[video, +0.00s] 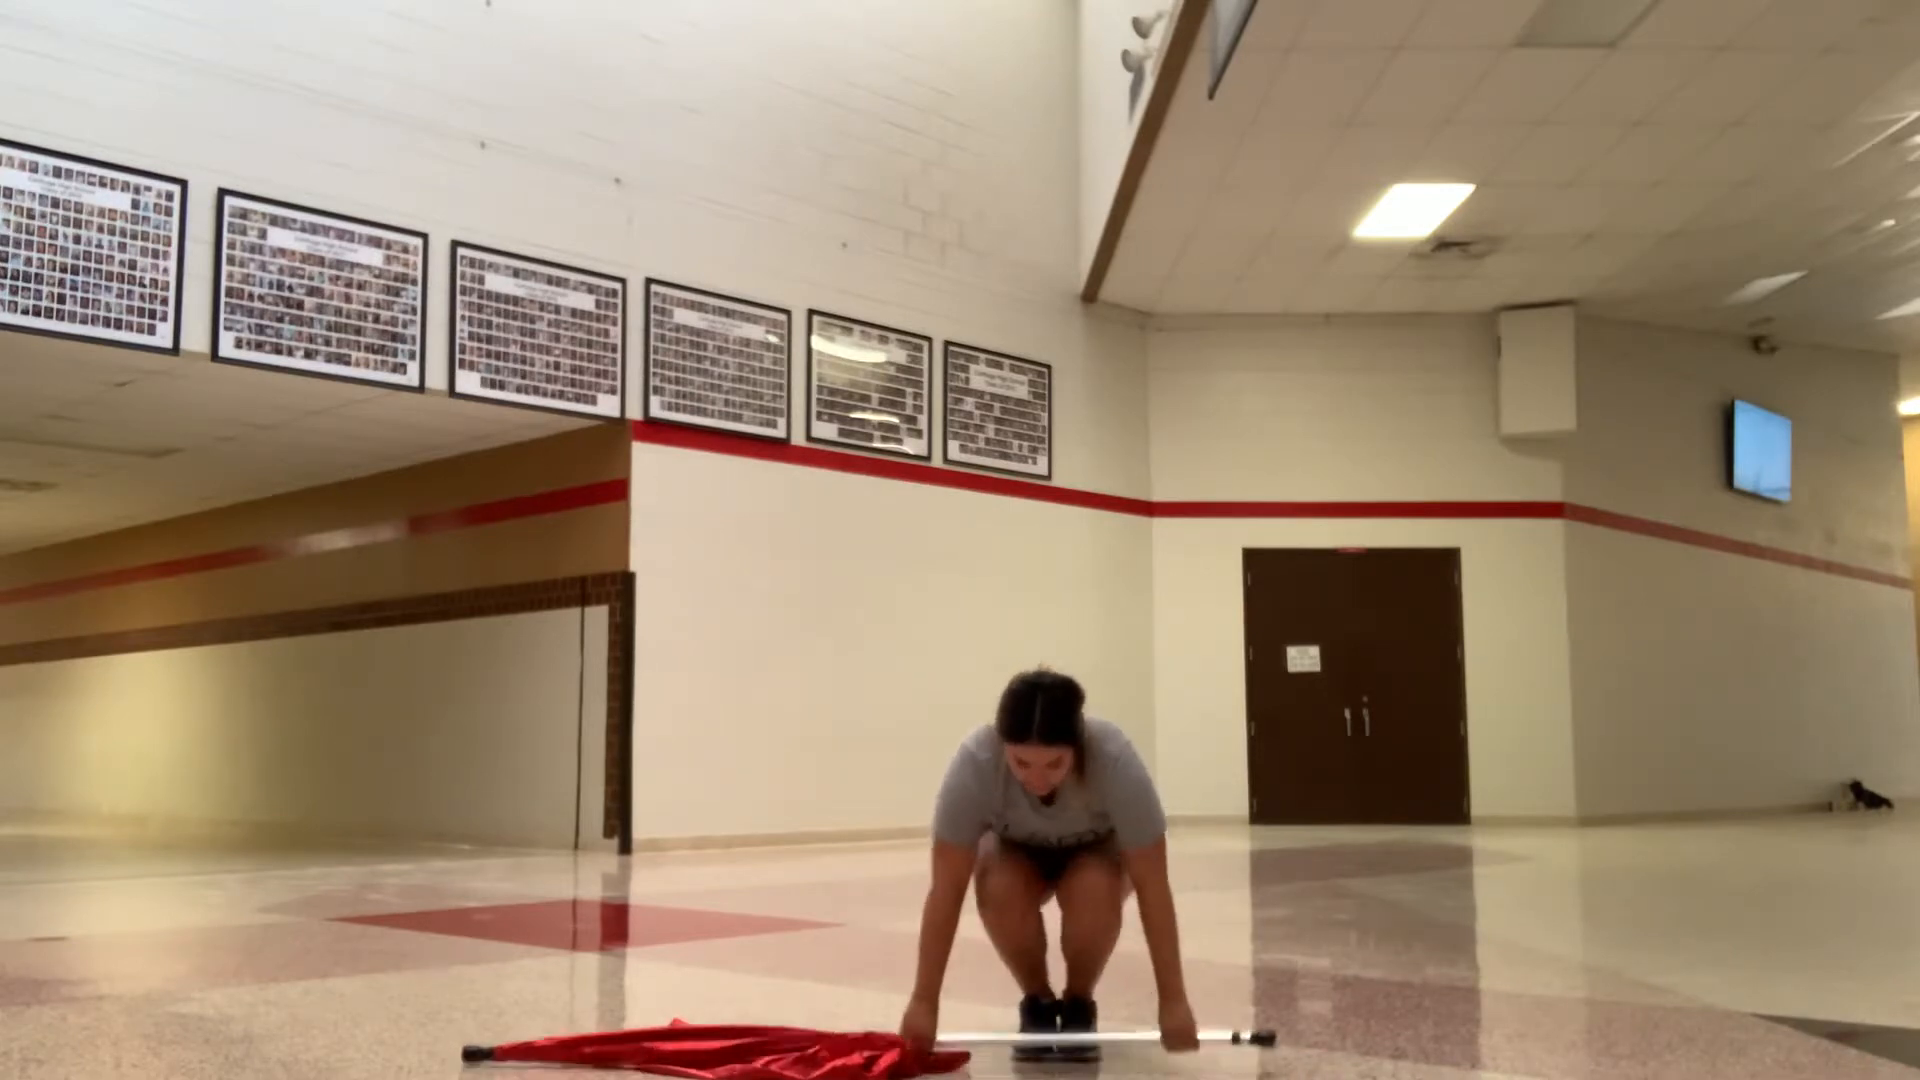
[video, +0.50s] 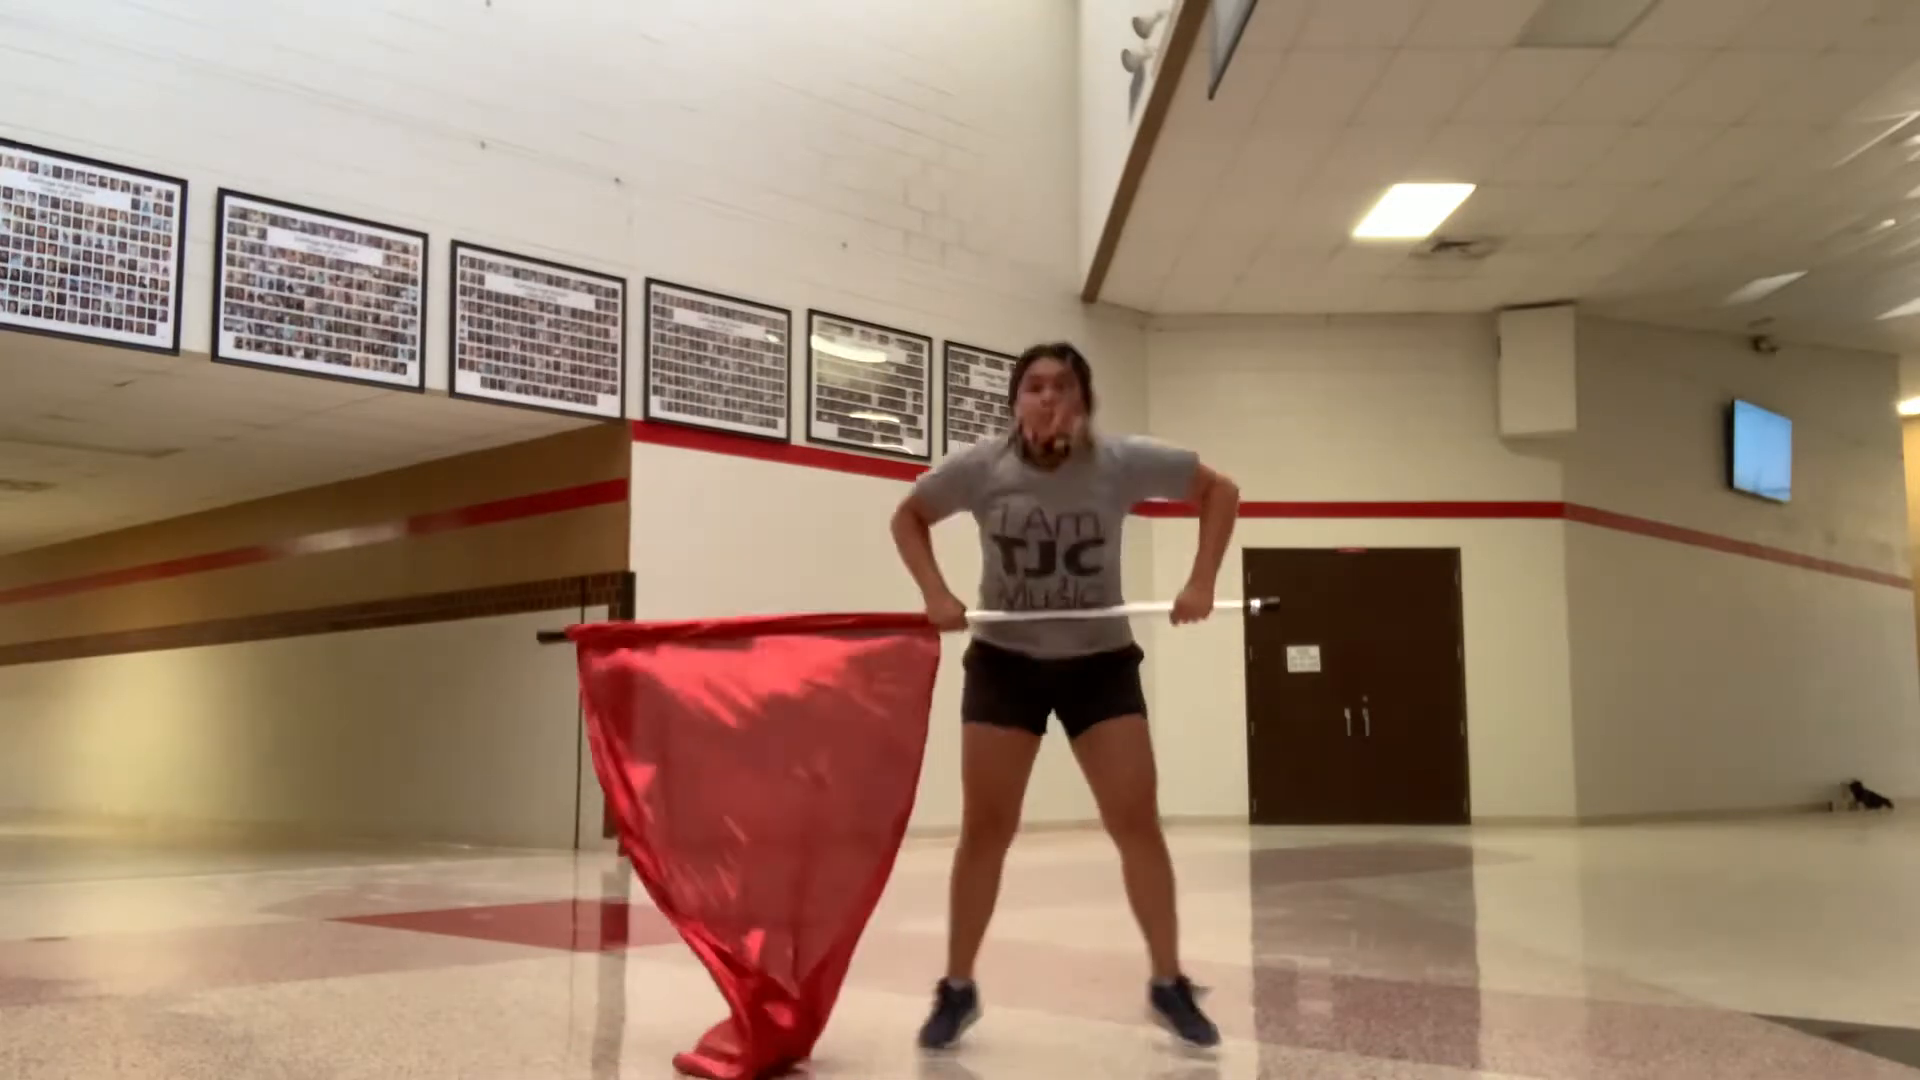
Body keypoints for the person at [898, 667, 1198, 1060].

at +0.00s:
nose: (1037, 779)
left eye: (1053, 765)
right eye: (1022, 765)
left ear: (1076, 746)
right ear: (1004, 746)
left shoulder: (1115, 761)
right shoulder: (975, 765)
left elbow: (1153, 887)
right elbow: (945, 891)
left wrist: (1173, 1001)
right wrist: (924, 1002)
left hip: (1094, 847)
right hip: (1018, 848)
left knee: (1093, 890)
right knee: (999, 888)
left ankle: (1079, 1004)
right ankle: (1037, 1002)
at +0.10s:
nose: (1035, 731)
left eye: (1051, 717)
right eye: (1021, 716)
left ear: (1075, 706)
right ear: (1004, 704)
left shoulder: (1114, 724)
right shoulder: (976, 727)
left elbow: (1170, 835)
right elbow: (938, 841)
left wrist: (1188, 947)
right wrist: (926, 955)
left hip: (1099, 804)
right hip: (1015, 804)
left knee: (1086, 867)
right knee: (1002, 860)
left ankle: (1078, 1006)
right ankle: (1038, 1006)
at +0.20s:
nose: (1034, 659)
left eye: (1050, 643)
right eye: (1021, 642)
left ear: (1075, 639)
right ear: (1005, 635)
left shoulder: (1113, 666)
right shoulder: (981, 666)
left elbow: (1204, 742)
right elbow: (913, 761)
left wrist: (1203, 849)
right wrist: (926, 865)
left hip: (1100, 763)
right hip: (1011, 765)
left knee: (1079, 869)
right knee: (1014, 876)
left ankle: (1078, 1007)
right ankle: (1039, 1006)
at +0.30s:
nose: (1039, 561)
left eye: (1053, 546)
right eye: (1026, 546)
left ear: (1077, 542)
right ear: (1008, 543)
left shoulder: (1113, 583)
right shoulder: (984, 589)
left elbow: (1226, 615)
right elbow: (895, 651)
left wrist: (1206, 704)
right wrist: (928, 733)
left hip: (1100, 720)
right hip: (1009, 722)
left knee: (1081, 850)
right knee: (1020, 859)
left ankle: (1080, 1006)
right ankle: (1039, 1007)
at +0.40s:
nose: (1041, 461)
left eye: (1055, 446)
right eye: (1028, 445)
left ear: (1080, 454)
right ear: (1010, 452)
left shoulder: (1117, 502)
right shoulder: (983, 506)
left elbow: (1226, 509)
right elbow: (892, 551)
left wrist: (1200, 600)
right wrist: (930, 621)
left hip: (1099, 675)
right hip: (1007, 678)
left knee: (1111, 831)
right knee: (1004, 835)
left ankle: (1109, 990)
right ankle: (1015, 993)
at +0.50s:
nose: (1048, 398)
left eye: (1062, 388)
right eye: (1035, 388)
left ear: (1084, 403)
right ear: (1015, 402)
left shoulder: (1118, 463)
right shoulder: (982, 465)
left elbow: (1220, 491)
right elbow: (908, 518)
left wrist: (1202, 580)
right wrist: (935, 592)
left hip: (1099, 662)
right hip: (1005, 662)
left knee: (1137, 821)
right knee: (985, 829)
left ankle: (1169, 982)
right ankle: (957, 986)